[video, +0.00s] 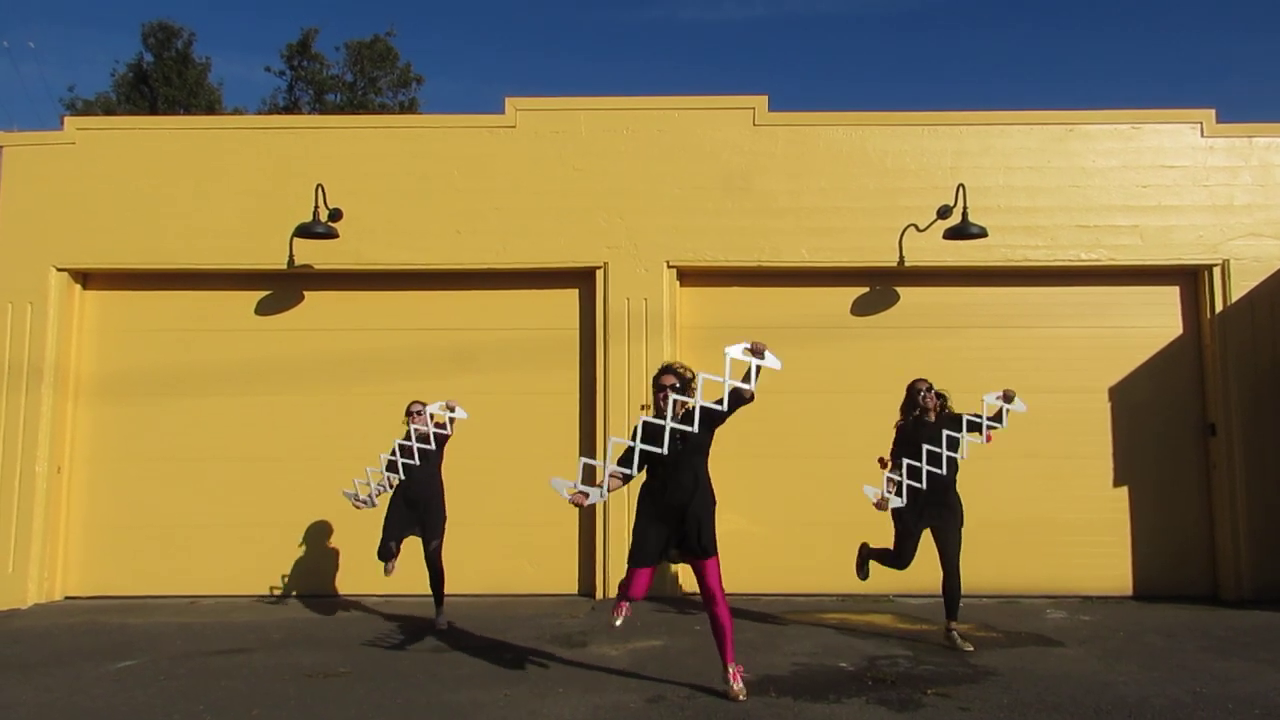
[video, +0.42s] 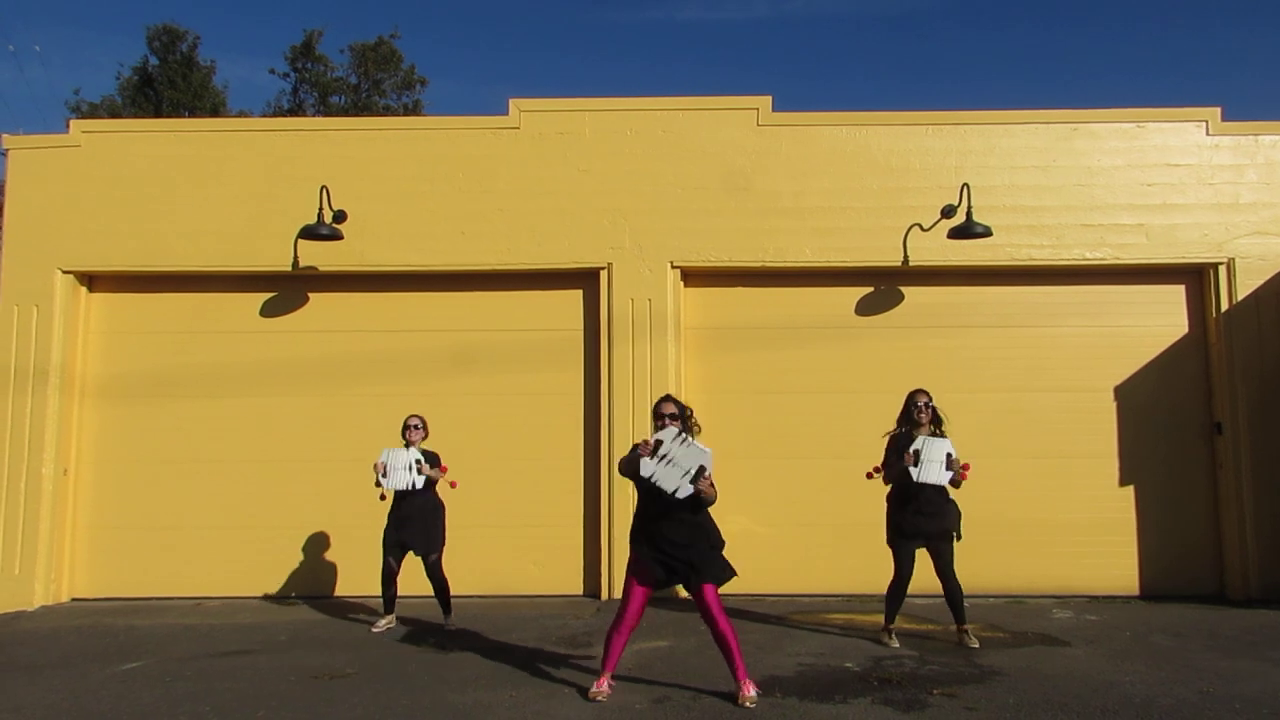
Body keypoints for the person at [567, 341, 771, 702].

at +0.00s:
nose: (665, 394)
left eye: (672, 389)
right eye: (660, 389)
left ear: (686, 392)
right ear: (653, 392)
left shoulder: (704, 417)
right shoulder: (647, 427)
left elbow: (741, 395)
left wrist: (755, 362)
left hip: (696, 515)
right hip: (654, 516)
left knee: (713, 594)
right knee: (636, 592)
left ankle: (731, 668)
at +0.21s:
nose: (684, 408)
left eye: (688, 402)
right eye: (677, 403)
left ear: (694, 402)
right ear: (665, 405)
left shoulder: (707, 427)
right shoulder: (654, 441)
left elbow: (736, 399)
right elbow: (629, 479)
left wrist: (732, 364)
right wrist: (600, 502)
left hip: (703, 526)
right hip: (661, 527)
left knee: (724, 600)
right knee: (634, 592)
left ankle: (737, 668)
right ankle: (626, 598)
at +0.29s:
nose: (670, 408)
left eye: (677, 402)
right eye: (665, 403)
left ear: (691, 404)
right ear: (659, 405)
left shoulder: (701, 432)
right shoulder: (650, 440)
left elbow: (729, 440)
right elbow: (630, 473)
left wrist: (717, 417)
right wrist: (615, 489)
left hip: (698, 523)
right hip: (655, 524)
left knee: (719, 596)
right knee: (627, 597)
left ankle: (744, 666)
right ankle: (608, 643)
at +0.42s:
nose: (666, 422)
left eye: (673, 417)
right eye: (660, 417)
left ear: (684, 420)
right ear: (653, 420)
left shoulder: (696, 453)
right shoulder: (644, 453)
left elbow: (710, 499)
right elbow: (624, 467)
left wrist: (709, 492)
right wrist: (636, 454)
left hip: (693, 544)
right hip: (650, 543)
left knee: (714, 614)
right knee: (628, 615)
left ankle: (743, 682)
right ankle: (604, 679)